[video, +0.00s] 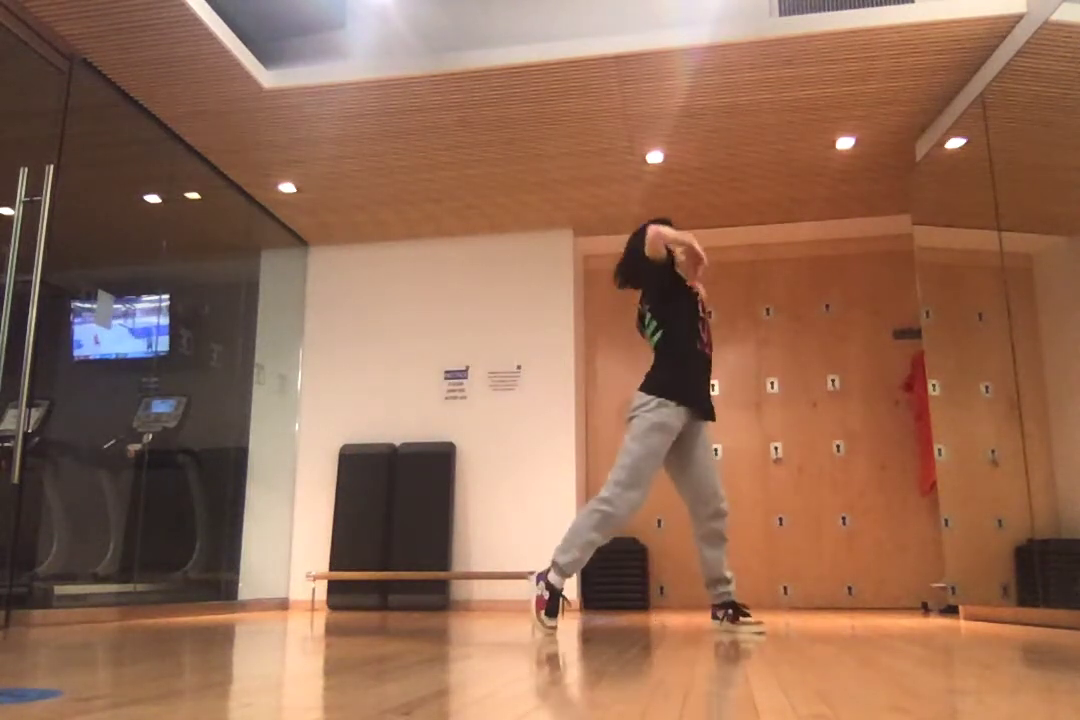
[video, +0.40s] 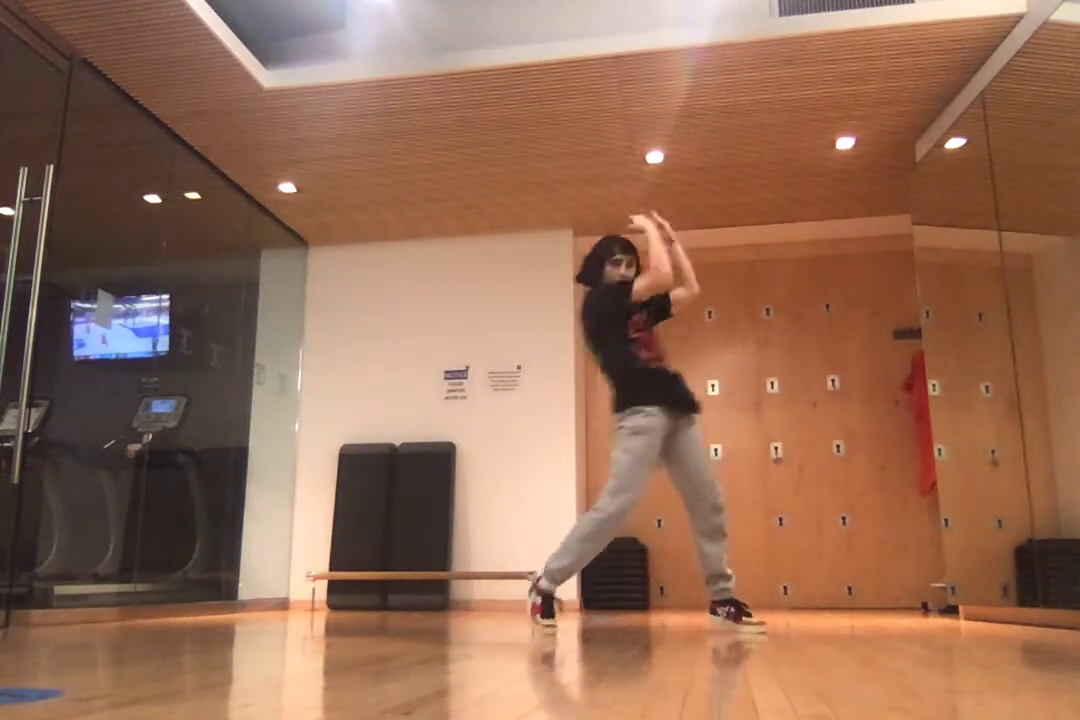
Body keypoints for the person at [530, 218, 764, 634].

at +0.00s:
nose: (682, 242)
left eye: (677, 235)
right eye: (666, 235)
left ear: (663, 251)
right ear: (650, 248)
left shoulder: (681, 293)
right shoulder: (656, 285)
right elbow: (655, 234)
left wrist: (694, 283)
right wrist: (689, 246)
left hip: (690, 414)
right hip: (660, 405)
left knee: (711, 509)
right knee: (620, 499)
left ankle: (723, 603)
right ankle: (552, 578)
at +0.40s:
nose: (623, 270)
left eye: (629, 264)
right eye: (615, 262)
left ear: (636, 268)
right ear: (597, 269)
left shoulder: (639, 306)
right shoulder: (600, 301)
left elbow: (689, 289)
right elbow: (660, 278)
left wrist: (674, 242)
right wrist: (650, 231)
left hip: (677, 410)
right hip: (641, 410)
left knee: (708, 504)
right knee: (615, 507)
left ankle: (722, 598)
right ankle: (546, 584)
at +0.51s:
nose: (623, 280)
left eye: (630, 273)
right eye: (615, 270)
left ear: (634, 274)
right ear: (597, 270)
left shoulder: (622, 307)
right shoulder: (588, 302)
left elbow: (662, 316)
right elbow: (648, 312)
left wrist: (670, 261)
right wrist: (651, 255)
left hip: (642, 422)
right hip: (602, 421)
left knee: (692, 498)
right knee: (585, 512)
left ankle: (699, 594)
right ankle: (535, 593)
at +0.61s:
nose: (627, 298)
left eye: (634, 290)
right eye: (619, 289)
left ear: (640, 289)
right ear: (600, 288)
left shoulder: (643, 317)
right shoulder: (582, 315)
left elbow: (677, 325)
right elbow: (562, 306)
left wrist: (693, 320)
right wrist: (614, 283)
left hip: (624, 434)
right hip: (575, 428)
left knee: (655, 497)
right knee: (551, 502)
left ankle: (603, 585)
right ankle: (522, 590)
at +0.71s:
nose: (615, 300)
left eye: (621, 292)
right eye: (607, 293)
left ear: (633, 295)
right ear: (595, 297)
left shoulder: (653, 329)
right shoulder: (576, 325)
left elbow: (707, 333)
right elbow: (528, 329)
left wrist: (767, 331)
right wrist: (498, 320)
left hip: (619, 450)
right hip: (568, 436)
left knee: (617, 524)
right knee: (522, 505)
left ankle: (566, 600)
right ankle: (473, 581)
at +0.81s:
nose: (611, 287)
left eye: (617, 280)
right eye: (604, 281)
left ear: (627, 284)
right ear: (591, 286)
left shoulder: (645, 323)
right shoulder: (575, 322)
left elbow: (699, 345)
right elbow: (524, 354)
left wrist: (753, 358)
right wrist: (477, 346)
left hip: (619, 447)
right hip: (568, 438)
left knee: (619, 526)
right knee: (519, 515)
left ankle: (568, 602)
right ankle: (485, 575)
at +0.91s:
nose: (608, 254)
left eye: (614, 248)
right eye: (601, 248)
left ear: (624, 255)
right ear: (590, 256)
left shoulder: (642, 303)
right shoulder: (574, 302)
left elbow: (670, 347)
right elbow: (555, 351)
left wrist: (716, 378)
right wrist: (543, 358)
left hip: (616, 420)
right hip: (569, 418)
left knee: (604, 503)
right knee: (565, 502)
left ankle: (576, 595)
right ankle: (566, 580)